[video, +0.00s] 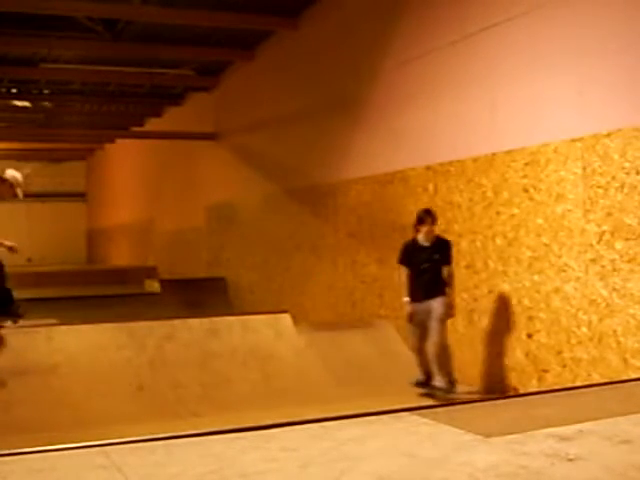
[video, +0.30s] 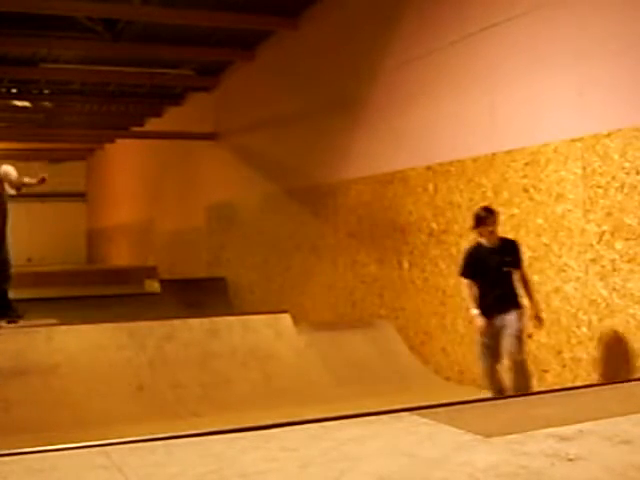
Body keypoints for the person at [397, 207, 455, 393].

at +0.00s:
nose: (430, 229)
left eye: (432, 225)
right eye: (426, 225)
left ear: (435, 225)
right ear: (419, 226)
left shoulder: (442, 244)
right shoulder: (409, 247)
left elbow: (447, 271)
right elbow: (404, 275)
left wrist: (449, 294)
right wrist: (406, 299)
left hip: (437, 296)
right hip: (417, 298)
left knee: (435, 339)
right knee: (417, 342)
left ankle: (439, 376)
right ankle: (424, 374)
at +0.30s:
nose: (490, 229)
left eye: (492, 224)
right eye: (485, 226)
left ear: (497, 224)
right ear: (477, 229)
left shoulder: (510, 246)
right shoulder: (473, 253)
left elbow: (522, 277)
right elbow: (468, 284)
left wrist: (535, 308)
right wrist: (475, 312)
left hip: (511, 309)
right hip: (488, 313)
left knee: (512, 355)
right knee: (488, 363)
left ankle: (521, 395)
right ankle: (499, 396)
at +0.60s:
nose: (537, 218)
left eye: (539, 212)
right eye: (532, 215)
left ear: (548, 209)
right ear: (528, 218)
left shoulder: (573, 228)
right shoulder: (530, 247)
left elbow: (597, 258)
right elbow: (523, 279)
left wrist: (614, 290)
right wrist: (513, 305)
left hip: (590, 296)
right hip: (564, 309)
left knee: (608, 350)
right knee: (580, 367)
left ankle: (632, 391)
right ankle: (590, 407)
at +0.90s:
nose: (533, 155)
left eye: (532, 147)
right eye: (527, 153)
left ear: (541, 136)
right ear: (524, 155)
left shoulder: (576, 145)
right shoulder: (538, 174)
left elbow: (622, 157)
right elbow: (524, 206)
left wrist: (629, 184)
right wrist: (500, 227)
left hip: (618, 207)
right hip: (602, 217)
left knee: (588, 259)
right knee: (621, 275)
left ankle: (633, 305)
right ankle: (633, 314)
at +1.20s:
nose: (506, 149)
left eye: (502, 143)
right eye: (501, 146)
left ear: (509, 130)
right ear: (507, 132)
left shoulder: (551, 128)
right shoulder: (531, 151)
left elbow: (603, 137)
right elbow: (527, 184)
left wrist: (622, 172)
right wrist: (493, 209)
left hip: (610, 196)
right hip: (618, 196)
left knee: (589, 274)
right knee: (617, 279)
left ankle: (610, 350)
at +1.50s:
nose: (480, 135)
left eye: (475, 130)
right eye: (474, 133)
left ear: (479, 115)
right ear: (484, 107)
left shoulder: (516, 116)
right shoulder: (514, 118)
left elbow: (553, 139)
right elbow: (533, 147)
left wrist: (543, 196)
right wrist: (520, 177)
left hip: (581, 187)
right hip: (600, 183)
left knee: (554, 271)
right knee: (587, 273)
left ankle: (579, 352)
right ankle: (637, 337)